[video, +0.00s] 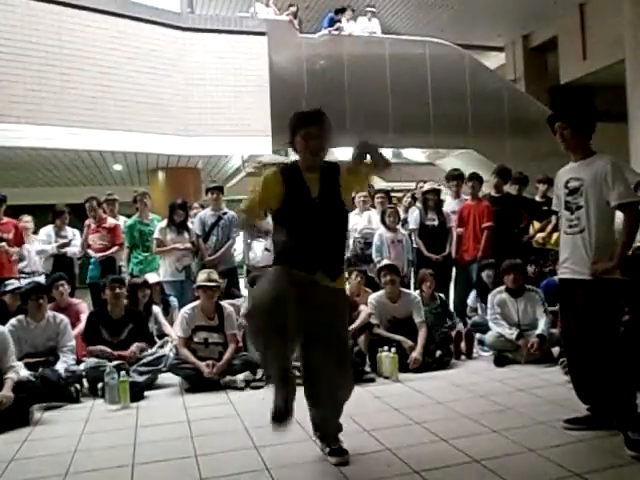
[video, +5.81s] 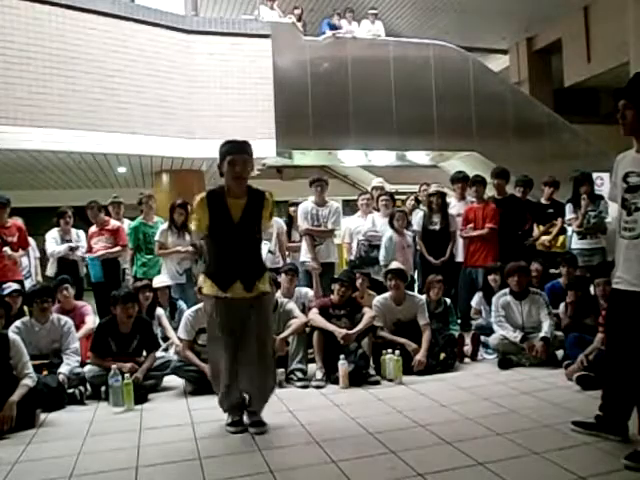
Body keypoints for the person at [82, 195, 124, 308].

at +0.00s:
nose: (92, 213)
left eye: (94, 210)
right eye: (89, 211)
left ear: (100, 208)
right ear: (87, 212)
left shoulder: (112, 224)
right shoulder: (88, 224)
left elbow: (119, 245)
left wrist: (102, 254)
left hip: (108, 259)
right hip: (93, 259)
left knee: (110, 290)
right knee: (94, 288)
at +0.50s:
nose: (93, 210)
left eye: (95, 206)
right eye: (89, 208)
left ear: (100, 207)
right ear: (87, 211)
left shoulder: (112, 224)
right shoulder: (87, 227)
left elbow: (119, 244)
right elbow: (84, 245)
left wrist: (102, 253)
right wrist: (86, 250)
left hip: (107, 258)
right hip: (93, 259)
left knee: (110, 288)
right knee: (94, 289)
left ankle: (111, 315)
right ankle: (98, 315)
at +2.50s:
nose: (92, 213)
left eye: (95, 209)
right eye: (90, 210)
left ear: (103, 209)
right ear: (88, 213)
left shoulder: (116, 226)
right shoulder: (90, 230)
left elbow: (122, 247)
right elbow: (89, 248)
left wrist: (105, 255)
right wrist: (87, 254)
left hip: (111, 262)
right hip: (96, 264)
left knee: (113, 294)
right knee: (99, 296)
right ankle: (104, 325)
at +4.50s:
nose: (96, 212)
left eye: (98, 209)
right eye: (93, 210)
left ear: (104, 210)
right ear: (90, 213)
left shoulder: (116, 226)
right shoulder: (90, 231)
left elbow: (122, 246)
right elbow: (89, 250)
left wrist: (105, 256)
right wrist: (87, 256)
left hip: (111, 262)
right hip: (96, 264)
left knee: (113, 295)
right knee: (100, 297)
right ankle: (104, 324)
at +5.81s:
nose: (92, 219)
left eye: (94, 215)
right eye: (90, 216)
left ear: (101, 212)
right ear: (88, 215)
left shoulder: (116, 227)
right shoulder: (91, 230)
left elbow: (123, 247)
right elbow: (89, 249)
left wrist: (104, 253)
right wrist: (87, 255)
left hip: (111, 262)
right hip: (96, 264)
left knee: (114, 295)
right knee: (100, 298)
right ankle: (104, 325)